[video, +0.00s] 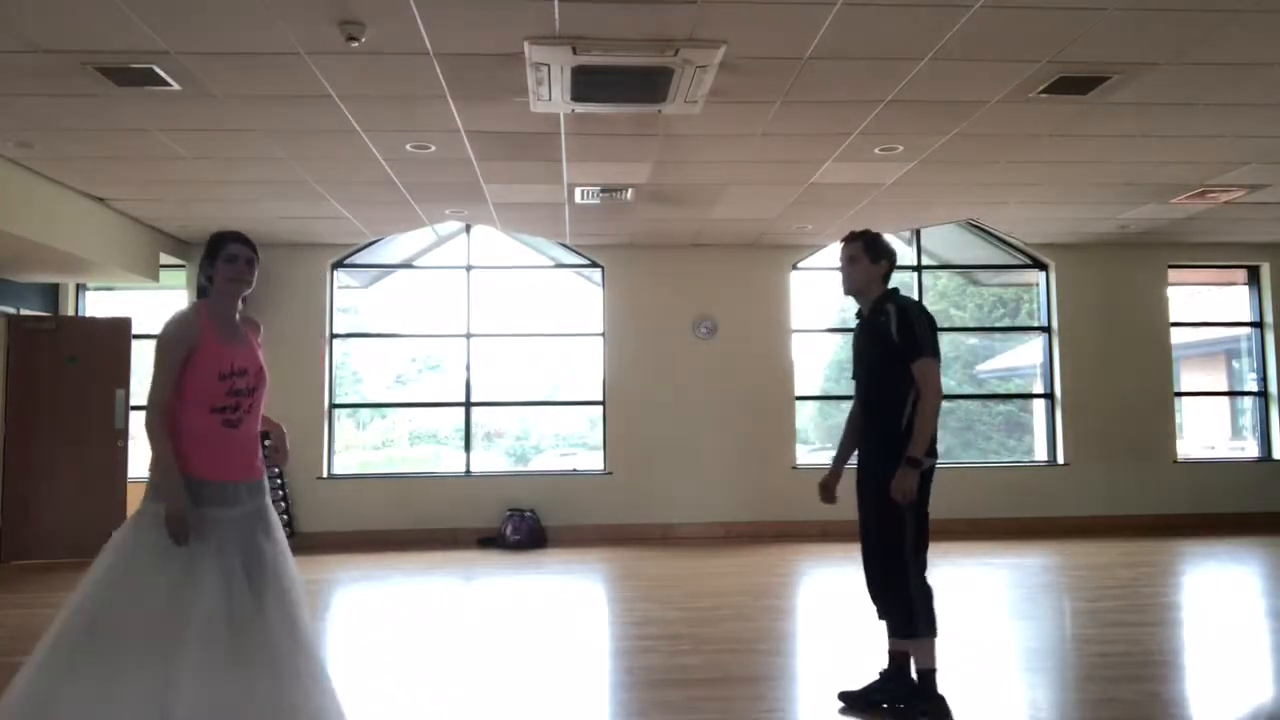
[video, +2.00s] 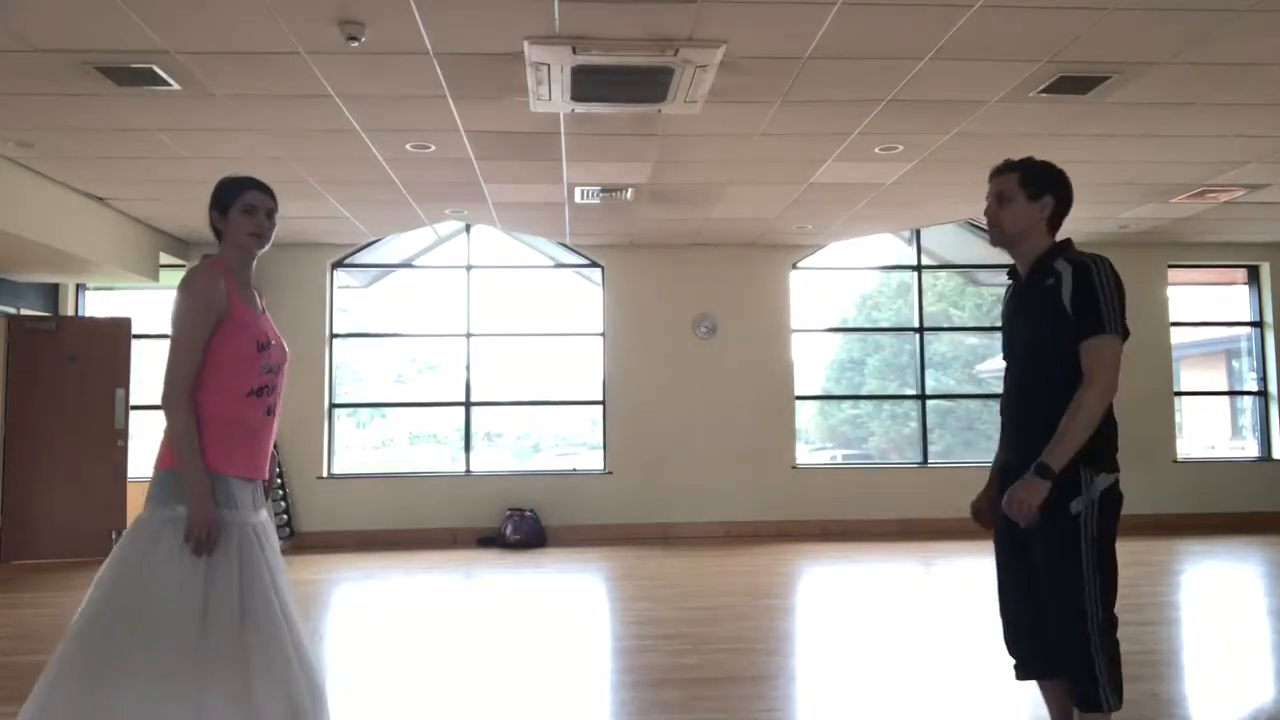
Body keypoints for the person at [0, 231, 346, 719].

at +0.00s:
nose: (244, 270)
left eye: (250, 262)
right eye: (233, 260)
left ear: (256, 274)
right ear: (210, 268)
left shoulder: (250, 329)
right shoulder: (185, 327)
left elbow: (234, 405)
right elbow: (156, 414)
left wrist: (273, 428)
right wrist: (174, 494)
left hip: (248, 493)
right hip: (193, 495)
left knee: (252, 624)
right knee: (187, 625)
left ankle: (249, 713)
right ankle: (183, 714)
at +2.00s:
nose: (264, 224)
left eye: (270, 215)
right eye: (250, 212)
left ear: (274, 226)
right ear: (220, 219)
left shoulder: (248, 290)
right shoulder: (208, 281)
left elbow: (240, 392)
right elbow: (175, 395)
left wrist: (259, 479)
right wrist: (199, 496)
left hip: (241, 489)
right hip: (205, 489)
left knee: (237, 643)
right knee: (201, 643)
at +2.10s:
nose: (262, 224)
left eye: (269, 216)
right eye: (249, 212)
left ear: (272, 227)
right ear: (218, 219)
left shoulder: (246, 290)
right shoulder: (206, 281)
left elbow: (232, 393)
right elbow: (175, 394)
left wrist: (258, 479)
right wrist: (201, 495)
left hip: (243, 489)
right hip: (207, 490)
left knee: (237, 644)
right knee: (205, 644)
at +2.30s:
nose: (259, 223)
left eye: (266, 217)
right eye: (247, 212)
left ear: (269, 230)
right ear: (215, 218)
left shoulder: (242, 292)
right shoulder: (203, 279)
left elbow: (237, 393)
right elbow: (175, 393)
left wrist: (270, 462)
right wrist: (202, 496)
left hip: (246, 490)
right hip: (210, 489)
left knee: (241, 642)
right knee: (211, 641)